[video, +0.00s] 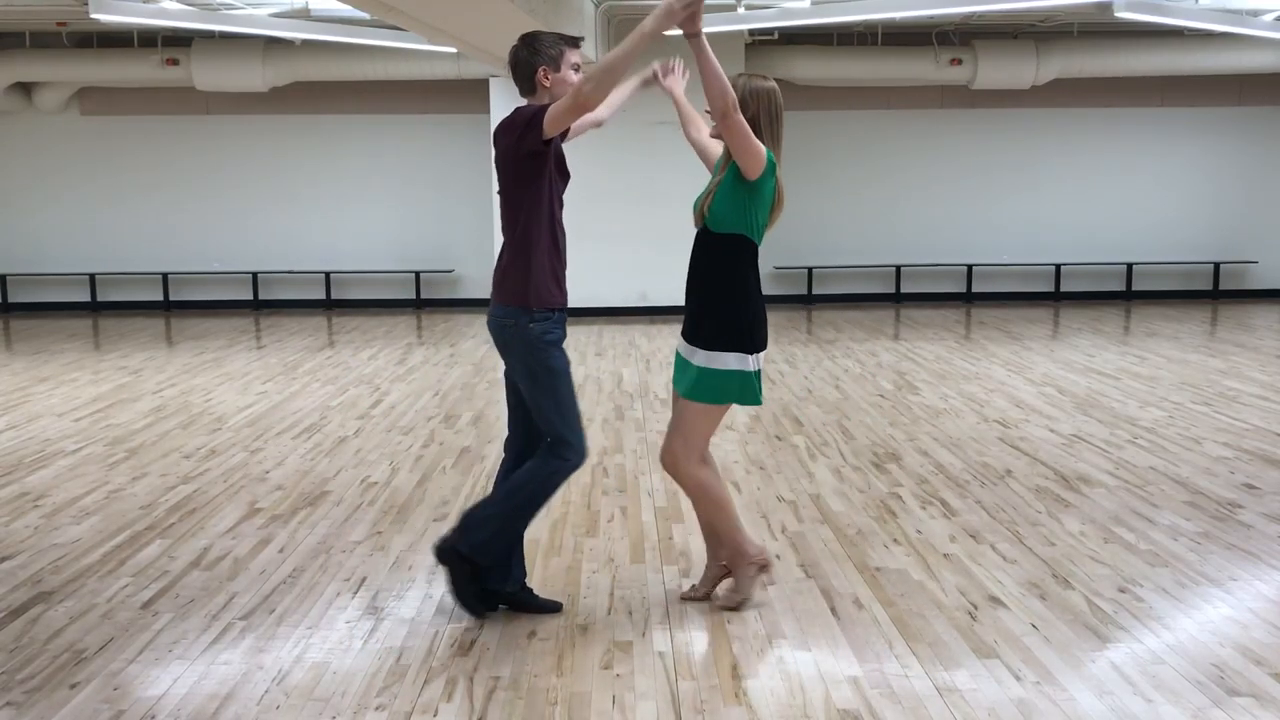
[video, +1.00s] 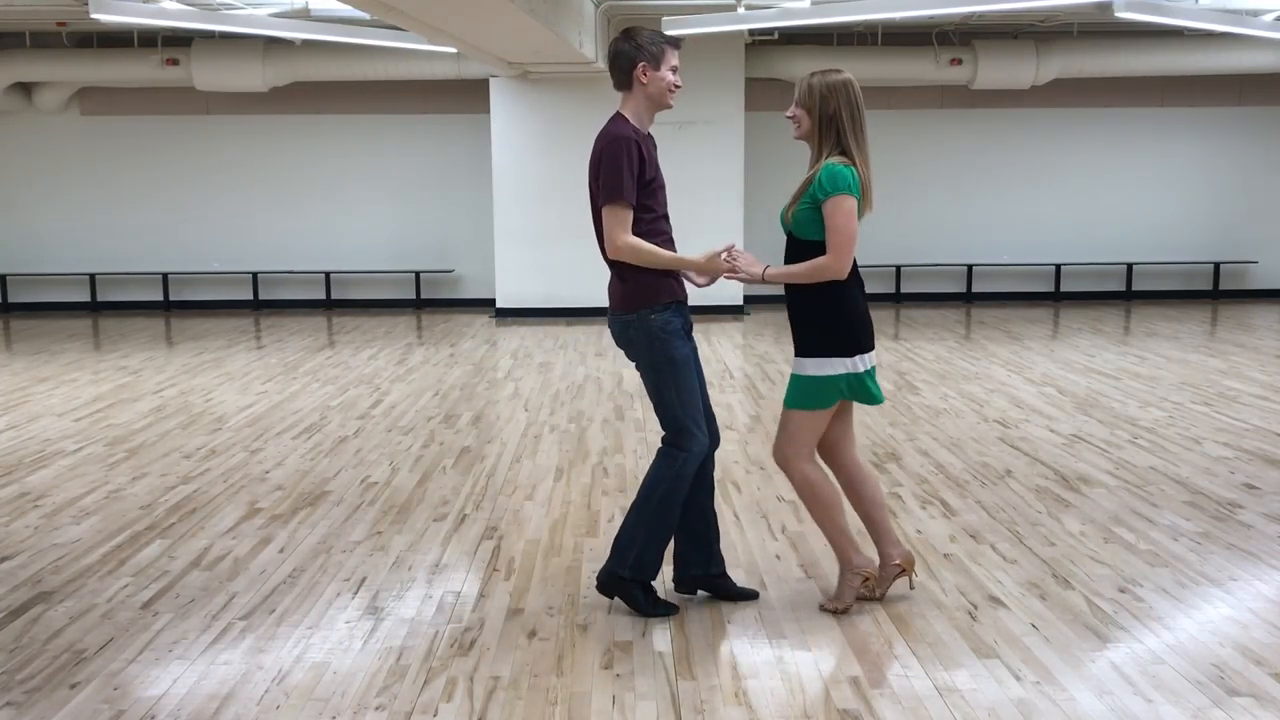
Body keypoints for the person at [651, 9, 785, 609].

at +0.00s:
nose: (723, 118)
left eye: (732, 109)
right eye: (726, 112)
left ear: (753, 117)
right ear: (742, 117)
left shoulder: (756, 168)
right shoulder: (728, 169)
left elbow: (729, 111)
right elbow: (700, 134)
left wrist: (695, 35)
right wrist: (675, 93)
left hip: (728, 336)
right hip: (706, 331)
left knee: (680, 456)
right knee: (689, 454)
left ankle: (746, 555)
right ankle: (719, 558)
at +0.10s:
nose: (732, 117)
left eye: (738, 109)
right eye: (732, 108)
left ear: (758, 114)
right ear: (762, 116)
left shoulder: (768, 169)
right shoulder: (740, 174)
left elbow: (741, 131)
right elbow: (706, 162)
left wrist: (712, 74)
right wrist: (676, 138)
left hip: (736, 338)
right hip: (708, 332)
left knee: (712, 462)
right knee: (691, 443)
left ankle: (794, 554)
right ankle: (722, 557)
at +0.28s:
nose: (743, 110)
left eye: (752, 103)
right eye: (746, 101)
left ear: (776, 112)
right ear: (771, 113)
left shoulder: (785, 165)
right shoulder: (763, 168)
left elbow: (772, 190)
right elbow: (728, 208)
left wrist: (725, 177)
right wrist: (672, 221)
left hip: (765, 326)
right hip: (740, 323)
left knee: (760, 458)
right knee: (710, 439)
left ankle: (825, 567)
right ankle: (722, 556)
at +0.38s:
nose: (755, 112)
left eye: (765, 105)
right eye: (759, 104)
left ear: (788, 115)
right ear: (790, 117)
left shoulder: (794, 176)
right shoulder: (776, 178)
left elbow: (775, 224)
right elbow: (729, 234)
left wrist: (726, 239)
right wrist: (674, 258)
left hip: (784, 338)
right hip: (764, 336)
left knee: (769, 455)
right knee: (722, 439)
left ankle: (828, 569)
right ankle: (731, 558)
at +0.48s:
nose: (766, 115)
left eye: (775, 108)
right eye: (769, 107)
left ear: (798, 118)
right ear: (800, 119)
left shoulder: (805, 181)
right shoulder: (789, 181)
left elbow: (783, 252)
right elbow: (748, 248)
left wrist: (722, 289)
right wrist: (691, 280)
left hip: (797, 333)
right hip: (779, 332)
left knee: (776, 453)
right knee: (736, 444)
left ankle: (828, 570)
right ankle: (778, 559)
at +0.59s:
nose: (777, 116)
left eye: (787, 109)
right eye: (780, 107)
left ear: (809, 118)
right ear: (811, 119)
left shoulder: (817, 183)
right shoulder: (801, 183)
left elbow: (800, 267)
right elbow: (762, 266)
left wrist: (735, 313)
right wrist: (705, 297)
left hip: (807, 331)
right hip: (788, 330)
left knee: (780, 454)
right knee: (756, 454)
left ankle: (826, 571)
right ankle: (833, 549)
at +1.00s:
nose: (791, 111)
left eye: (800, 104)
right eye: (793, 103)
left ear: (823, 113)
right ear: (827, 114)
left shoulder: (836, 173)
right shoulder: (826, 171)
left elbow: (838, 264)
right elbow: (820, 260)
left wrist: (765, 274)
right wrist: (761, 269)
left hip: (828, 339)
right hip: (836, 336)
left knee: (792, 452)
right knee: (839, 449)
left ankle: (852, 564)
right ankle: (892, 555)